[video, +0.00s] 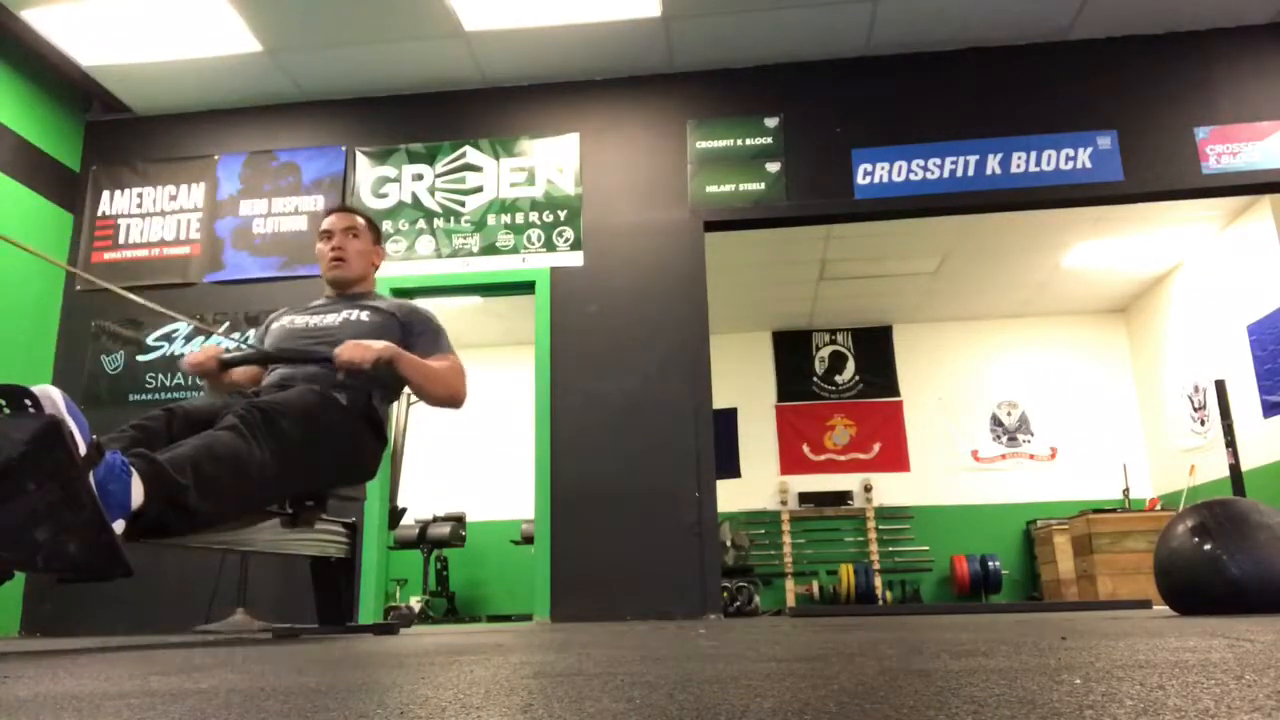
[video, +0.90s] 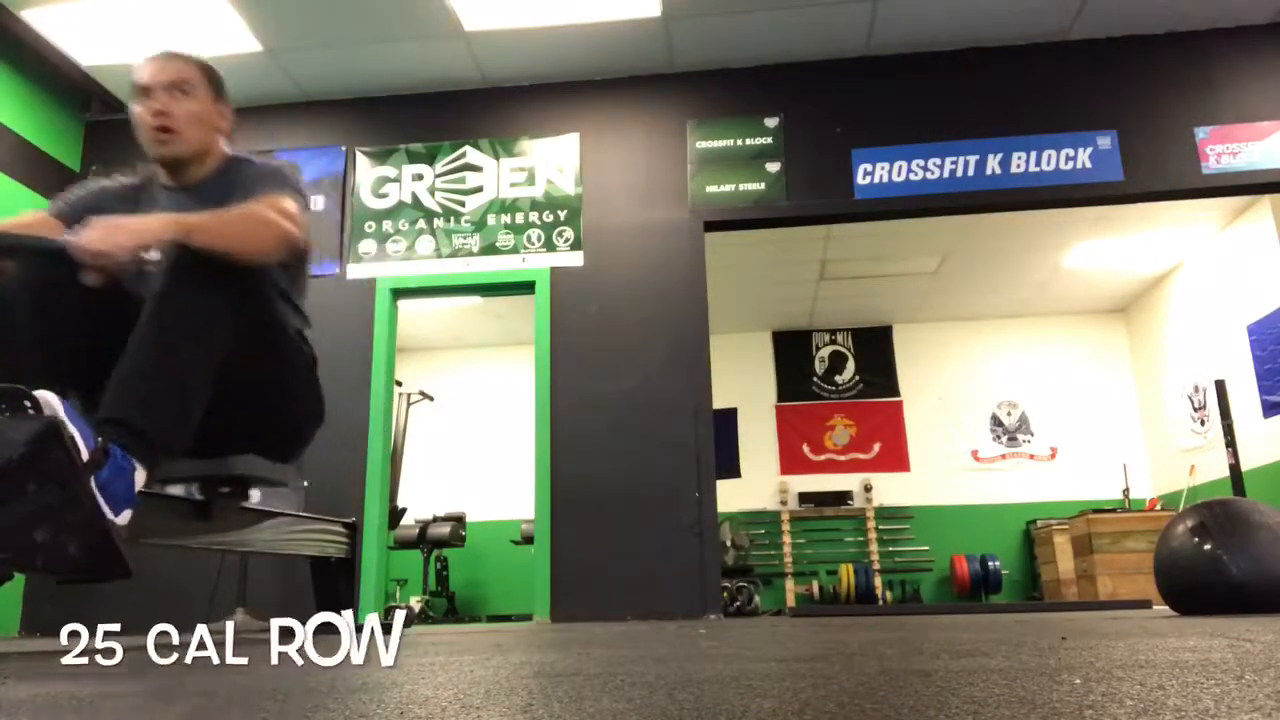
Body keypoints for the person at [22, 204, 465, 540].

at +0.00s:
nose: (336, 244)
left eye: (350, 235)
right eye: (327, 237)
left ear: (377, 253)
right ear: (317, 254)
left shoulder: (406, 316)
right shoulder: (289, 319)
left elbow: (454, 391)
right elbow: (254, 379)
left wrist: (390, 353)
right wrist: (213, 371)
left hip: (342, 413)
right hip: (271, 408)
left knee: (250, 435)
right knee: (171, 420)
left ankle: (125, 491)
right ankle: (92, 475)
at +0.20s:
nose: (324, 225)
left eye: (339, 217)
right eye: (316, 219)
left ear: (367, 238)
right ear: (307, 236)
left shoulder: (390, 294)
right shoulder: (278, 302)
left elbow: (421, 346)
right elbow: (223, 362)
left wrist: (356, 328)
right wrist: (172, 355)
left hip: (342, 407)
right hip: (265, 400)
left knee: (249, 427)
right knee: (169, 418)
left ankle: (128, 488)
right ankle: (88, 460)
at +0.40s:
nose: (300, 201)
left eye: (317, 191)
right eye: (292, 193)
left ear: (345, 211)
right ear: (283, 209)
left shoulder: (376, 267)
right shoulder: (259, 280)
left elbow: (395, 311)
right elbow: (192, 318)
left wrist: (324, 297)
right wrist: (132, 320)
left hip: (343, 411)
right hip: (259, 408)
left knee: (247, 397)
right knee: (157, 397)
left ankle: (124, 493)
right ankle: (87, 489)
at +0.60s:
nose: (260, 171)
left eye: (278, 160)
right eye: (250, 162)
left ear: (309, 184)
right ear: (239, 181)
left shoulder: (341, 242)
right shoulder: (218, 253)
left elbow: (365, 287)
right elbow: (141, 291)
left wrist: (280, 275)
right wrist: (74, 296)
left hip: (322, 421)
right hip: (226, 420)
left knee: (241, 339)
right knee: (119, 338)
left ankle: (122, 488)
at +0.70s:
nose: (229, 152)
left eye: (249, 140)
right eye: (219, 142)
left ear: (285, 164)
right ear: (209, 162)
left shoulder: (316, 224)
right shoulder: (192, 238)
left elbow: (342, 272)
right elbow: (105, 272)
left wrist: (243, 264)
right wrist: (30, 283)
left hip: (301, 418)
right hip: (199, 419)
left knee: (233, 314)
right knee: (106, 312)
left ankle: (123, 478)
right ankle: (23, 450)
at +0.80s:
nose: (196, 130)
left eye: (216, 116)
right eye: (183, 119)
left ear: (252, 137)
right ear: (172, 139)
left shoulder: (294, 204)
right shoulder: (161, 220)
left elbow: (315, 253)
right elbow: (62, 254)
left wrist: (200, 251)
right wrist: (15, 262)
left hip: (282, 413)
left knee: (220, 284)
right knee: (73, 284)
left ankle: (124, 466)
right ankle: (16, 442)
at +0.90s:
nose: (157, 107)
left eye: (180, 92)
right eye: (144, 96)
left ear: (223, 117)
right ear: (133, 117)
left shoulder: (266, 180)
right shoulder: (113, 197)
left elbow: (281, 233)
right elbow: (12, 233)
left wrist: (159, 227)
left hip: (261, 407)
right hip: (144, 404)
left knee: (208, 256)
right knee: (30, 265)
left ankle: (124, 458)